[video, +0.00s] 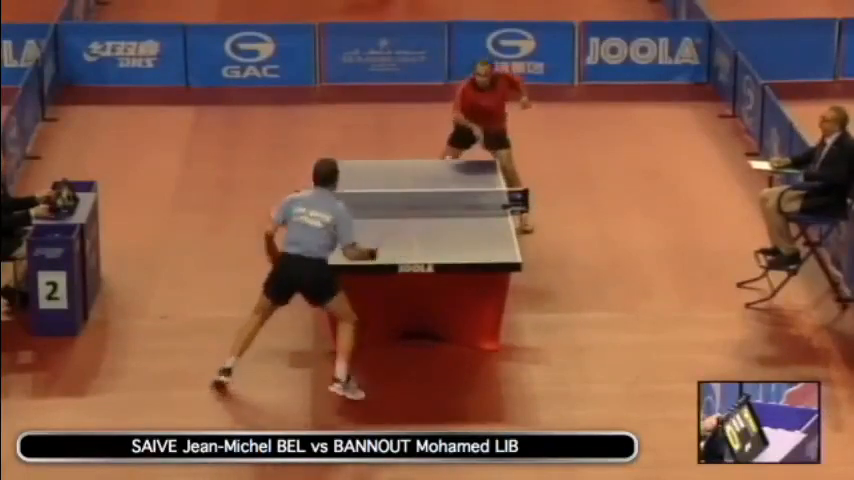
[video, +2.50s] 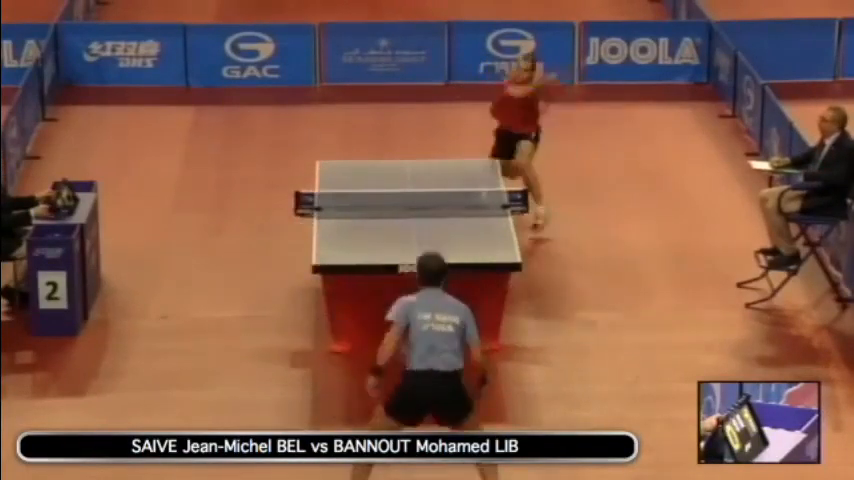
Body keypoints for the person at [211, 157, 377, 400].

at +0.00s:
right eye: (336, 177)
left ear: (314, 178)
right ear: (336, 180)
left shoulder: (295, 200)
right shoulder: (338, 208)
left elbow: (269, 231)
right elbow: (350, 251)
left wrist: (275, 258)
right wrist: (369, 254)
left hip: (286, 265)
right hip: (315, 269)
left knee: (259, 315)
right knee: (347, 319)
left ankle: (228, 366)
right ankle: (341, 378)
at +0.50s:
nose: (307, 221)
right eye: (306, 219)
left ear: (282, 223)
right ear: (305, 223)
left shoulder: (270, 243)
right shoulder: (315, 249)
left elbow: (250, 269)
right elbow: (347, 274)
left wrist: (272, 253)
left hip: (260, 308)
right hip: (293, 313)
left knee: (236, 320)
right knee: (342, 328)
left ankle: (217, 372)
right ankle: (338, 389)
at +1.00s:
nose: (304, 203)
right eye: (304, 199)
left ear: (282, 204)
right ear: (304, 202)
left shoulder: (270, 229)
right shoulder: (314, 231)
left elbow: (246, 259)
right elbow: (331, 269)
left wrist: (263, 262)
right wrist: (344, 272)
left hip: (272, 301)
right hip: (305, 303)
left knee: (251, 334)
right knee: (350, 335)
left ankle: (225, 384)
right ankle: (348, 397)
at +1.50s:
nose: (413, 249)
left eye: (412, 244)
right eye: (411, 245)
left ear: (391, 243)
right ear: (401, 248)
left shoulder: (372, 252)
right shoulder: (387, 271)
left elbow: (346, 260)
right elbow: (417, 304)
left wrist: (324, 269)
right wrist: (457, 302)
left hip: (323, 312)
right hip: (345, 325)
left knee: (296, 352)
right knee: (394, 359)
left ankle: (251, 390)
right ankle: (378, 416)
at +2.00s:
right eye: (476, 251)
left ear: (452, 249)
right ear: (476, 257)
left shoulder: (432, 264)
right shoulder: (468, 290)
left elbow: (397, 290)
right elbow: (455, 333)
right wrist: (448, 374)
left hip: (400, 336)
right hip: (429, 346)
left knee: (382, 376)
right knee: (467, 382)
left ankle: (364, 419)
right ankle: (462, 447)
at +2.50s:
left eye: (419, 272)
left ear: (418, 276)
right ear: (445, 276)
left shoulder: (407, 304)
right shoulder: (461, 309)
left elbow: (391, 341)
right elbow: (476, 355)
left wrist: (377, 371)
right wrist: (485, 374)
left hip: (414, 385)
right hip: (450, 386)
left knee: (373, 436)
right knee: (476, 439)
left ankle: (358, 477)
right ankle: (492, 478)